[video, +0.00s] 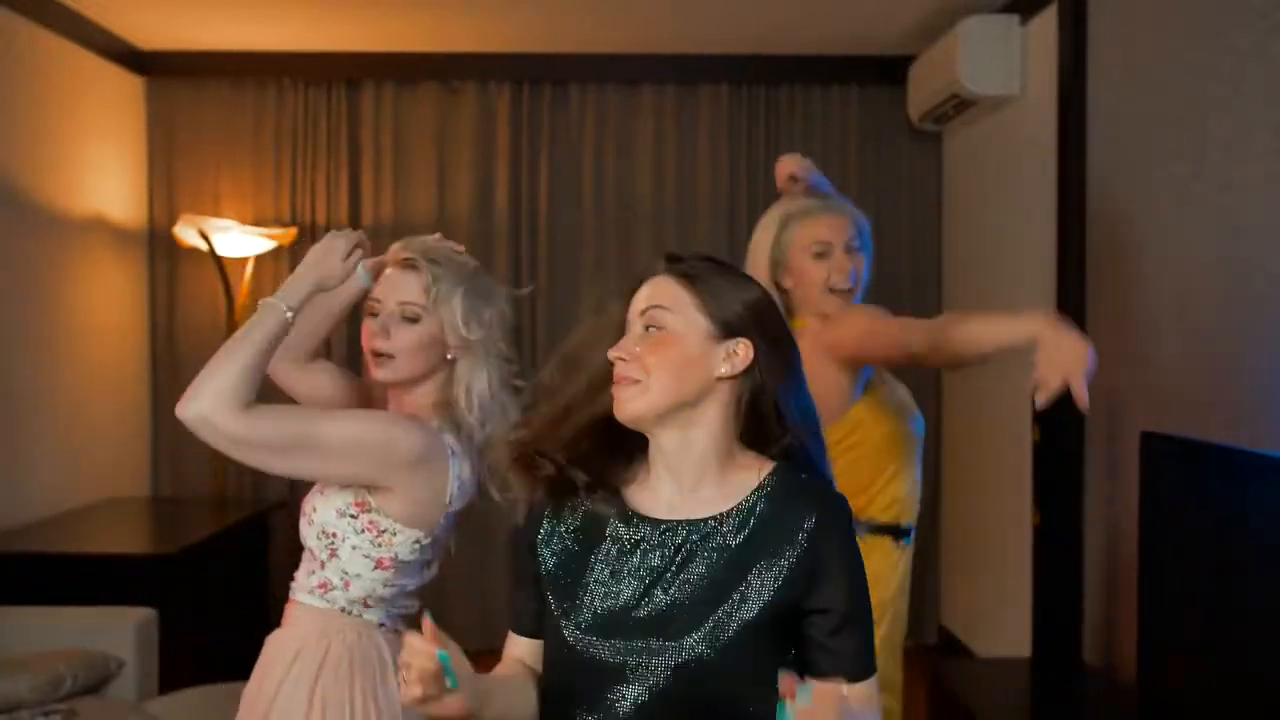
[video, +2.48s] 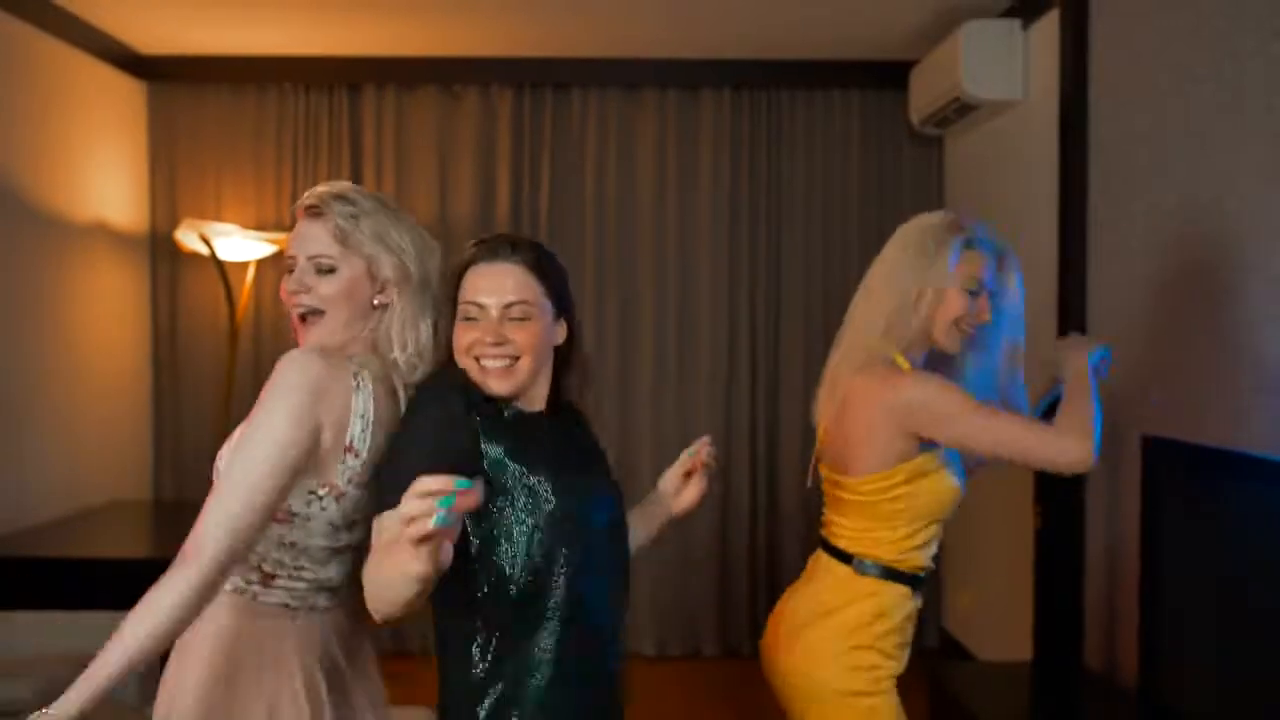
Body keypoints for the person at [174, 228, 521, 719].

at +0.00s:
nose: (378, 332)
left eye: (409, 318)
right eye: (374, 312)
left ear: (458, 339)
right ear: (362, 316)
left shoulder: (412, 445)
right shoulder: (407, 419)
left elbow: (207, 410)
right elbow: (287, 361)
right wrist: (357, 282)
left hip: (335, 663)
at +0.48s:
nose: (342, 300)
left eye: (374, 286)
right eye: (345, 280)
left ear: (429, 307)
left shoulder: (381, 399)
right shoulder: (363, 408)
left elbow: (223, 265)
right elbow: (239, 393)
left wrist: (341, 202)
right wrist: (303, 298)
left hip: (310, 650)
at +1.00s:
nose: (324, 287)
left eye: (358, 279)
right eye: (324, 268)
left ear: (401, 313)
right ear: (312, 274)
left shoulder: (320, 384)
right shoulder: (403, 397)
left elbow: (332, 573)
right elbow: (314, 567)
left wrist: (192, 611)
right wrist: (186, 574)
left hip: (304, 672)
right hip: (376, 669)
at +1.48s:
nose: (277, 307)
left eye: (303, 288)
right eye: (272, 289)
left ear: (366, 304)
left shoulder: (307, 419)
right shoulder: (413, 425)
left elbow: (161, 581)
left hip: (245, 688)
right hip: (343, 689)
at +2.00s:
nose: (295, 302)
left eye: (321, 282)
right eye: (288, 284)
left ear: (381, 295)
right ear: (279, 289)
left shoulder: (304, 369)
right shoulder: (403, 387)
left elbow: (238, 575)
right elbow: (336, 557)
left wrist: (122, 706)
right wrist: (223, 543)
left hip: (267, 655)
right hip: (355, 650)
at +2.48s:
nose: (293, 286)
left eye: (323, 267)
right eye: (292, 268)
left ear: (384, 287)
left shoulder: (309, 377)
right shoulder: (405, 385)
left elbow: (199, 567)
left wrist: (72, 703)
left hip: (246, 647)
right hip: (339, 639)